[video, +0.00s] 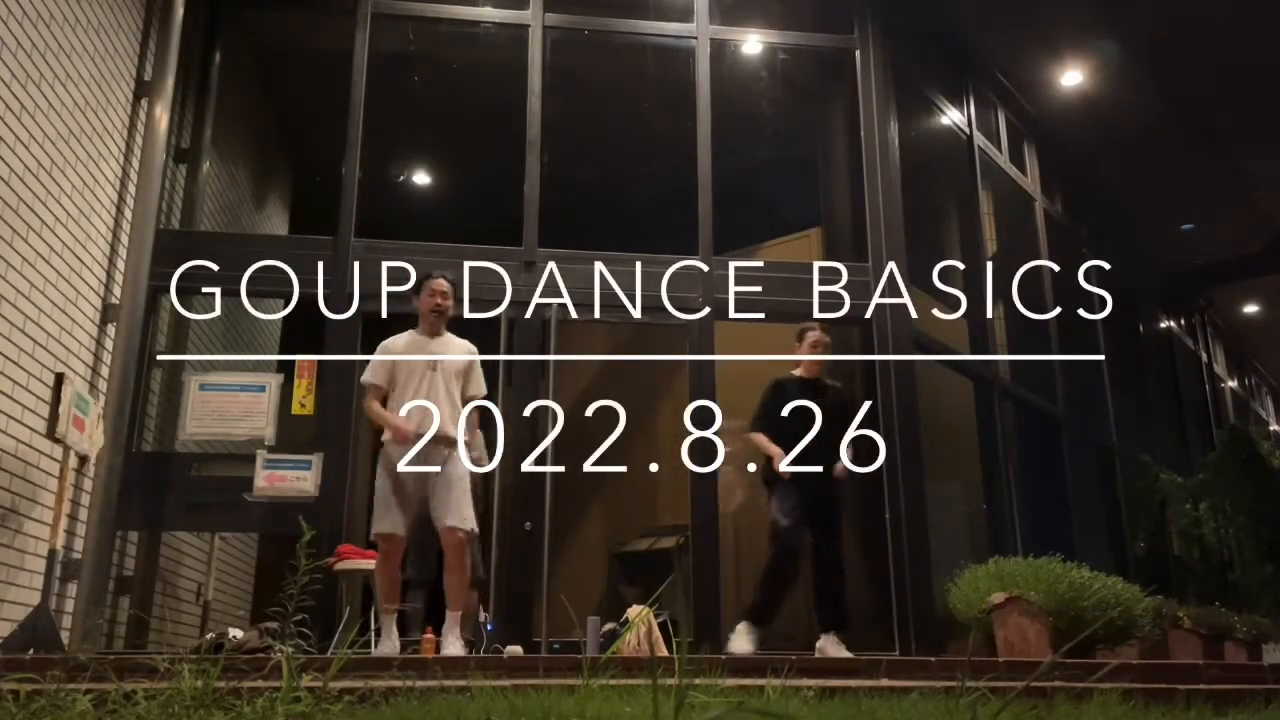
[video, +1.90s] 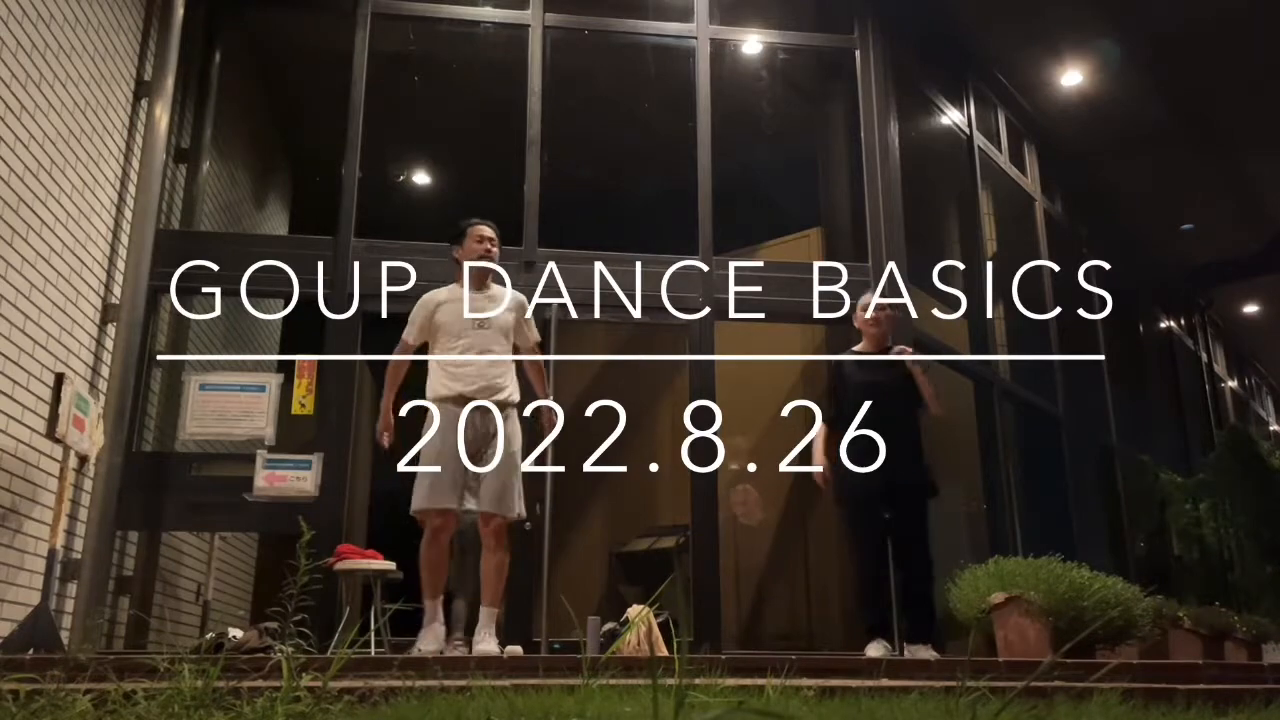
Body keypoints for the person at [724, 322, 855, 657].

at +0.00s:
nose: (819, 351)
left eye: (824, 347)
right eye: (813, 345)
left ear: (829, 353)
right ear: (799, 350)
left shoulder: (837, 394)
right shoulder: (781, 388)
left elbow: (850, 433)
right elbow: (756, 431)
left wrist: (846, 459)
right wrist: (776, 451)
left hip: (825, 482)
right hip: (788, 482)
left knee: (829, 555)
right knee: (787, 552)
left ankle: (829, 635)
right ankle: (749, 627)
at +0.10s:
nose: (826, 349)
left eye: (830, 344)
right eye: (820, 343)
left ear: (837, 349)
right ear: (805, 347)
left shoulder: (847, 391)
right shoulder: (787, 386)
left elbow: (860, 433)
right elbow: (762, 429)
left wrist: (853, 460)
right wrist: (780, 449)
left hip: (831, 480)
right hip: (794, 479)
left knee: (832, 553)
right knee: (802, 540)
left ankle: (829, 635)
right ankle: (777, 627)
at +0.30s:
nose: (831, 344)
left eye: (837, 339)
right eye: (825, 339)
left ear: (846, 345)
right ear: (813, 346)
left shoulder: (858, 389)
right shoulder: (796, 386)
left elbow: (872, 429)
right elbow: (774, 430)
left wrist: (865, 448)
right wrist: (791, 454)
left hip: (847, 482)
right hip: (809, 484)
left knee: (843, 552)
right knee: (823, 552)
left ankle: (839, 632)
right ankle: (833, 632)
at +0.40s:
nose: (832, 343)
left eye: (838, 337)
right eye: (825, 337)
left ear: (847, 344)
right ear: (814, 345)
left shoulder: (858, 387)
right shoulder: (801, 386)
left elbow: (872, 434)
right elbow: (781, 434)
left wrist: (876, 415)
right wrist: (797, 457)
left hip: (855, 482)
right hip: (816, 483)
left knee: (851, 554)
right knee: (830, 554)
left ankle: (842, 633)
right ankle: (841, 633)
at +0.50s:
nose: (830, 340)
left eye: (836, 333)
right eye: (823, 336)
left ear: (848, 341)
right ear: (814, 345)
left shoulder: (862, 381)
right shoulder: (805, 383)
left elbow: (883, 415)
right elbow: (787, 433)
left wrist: (872, 368)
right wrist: (802, 451)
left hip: (860, 478)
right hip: (822, 481)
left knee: (857, 553)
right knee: (834, 554)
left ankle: (839, 634)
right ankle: (844, 633)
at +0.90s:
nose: (848, 331)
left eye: (853, 325)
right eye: (840, 327)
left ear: (864, 332)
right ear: (830, 337)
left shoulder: (874, 368)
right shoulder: (820, 374)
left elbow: (884, 384)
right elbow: (799, 421)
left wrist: (866, 346)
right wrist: (805, 457)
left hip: (877, 472)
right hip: (835, 475)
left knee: (885, 545)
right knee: (843, 554)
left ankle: (885, 625)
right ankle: (854, 638)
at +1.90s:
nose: (877, 315)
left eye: (883, 309)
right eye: (869, 309)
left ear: (894, 319)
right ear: (857, 320)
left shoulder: (907, 362)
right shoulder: (842, 363)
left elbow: (936, 408)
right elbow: (827, 413)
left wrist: (914, 365)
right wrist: (819, 454)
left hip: (906, 469)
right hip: (859, 473)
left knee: (913, 554)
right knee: (868, 556)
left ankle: (919, 639)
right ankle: (878, 638)